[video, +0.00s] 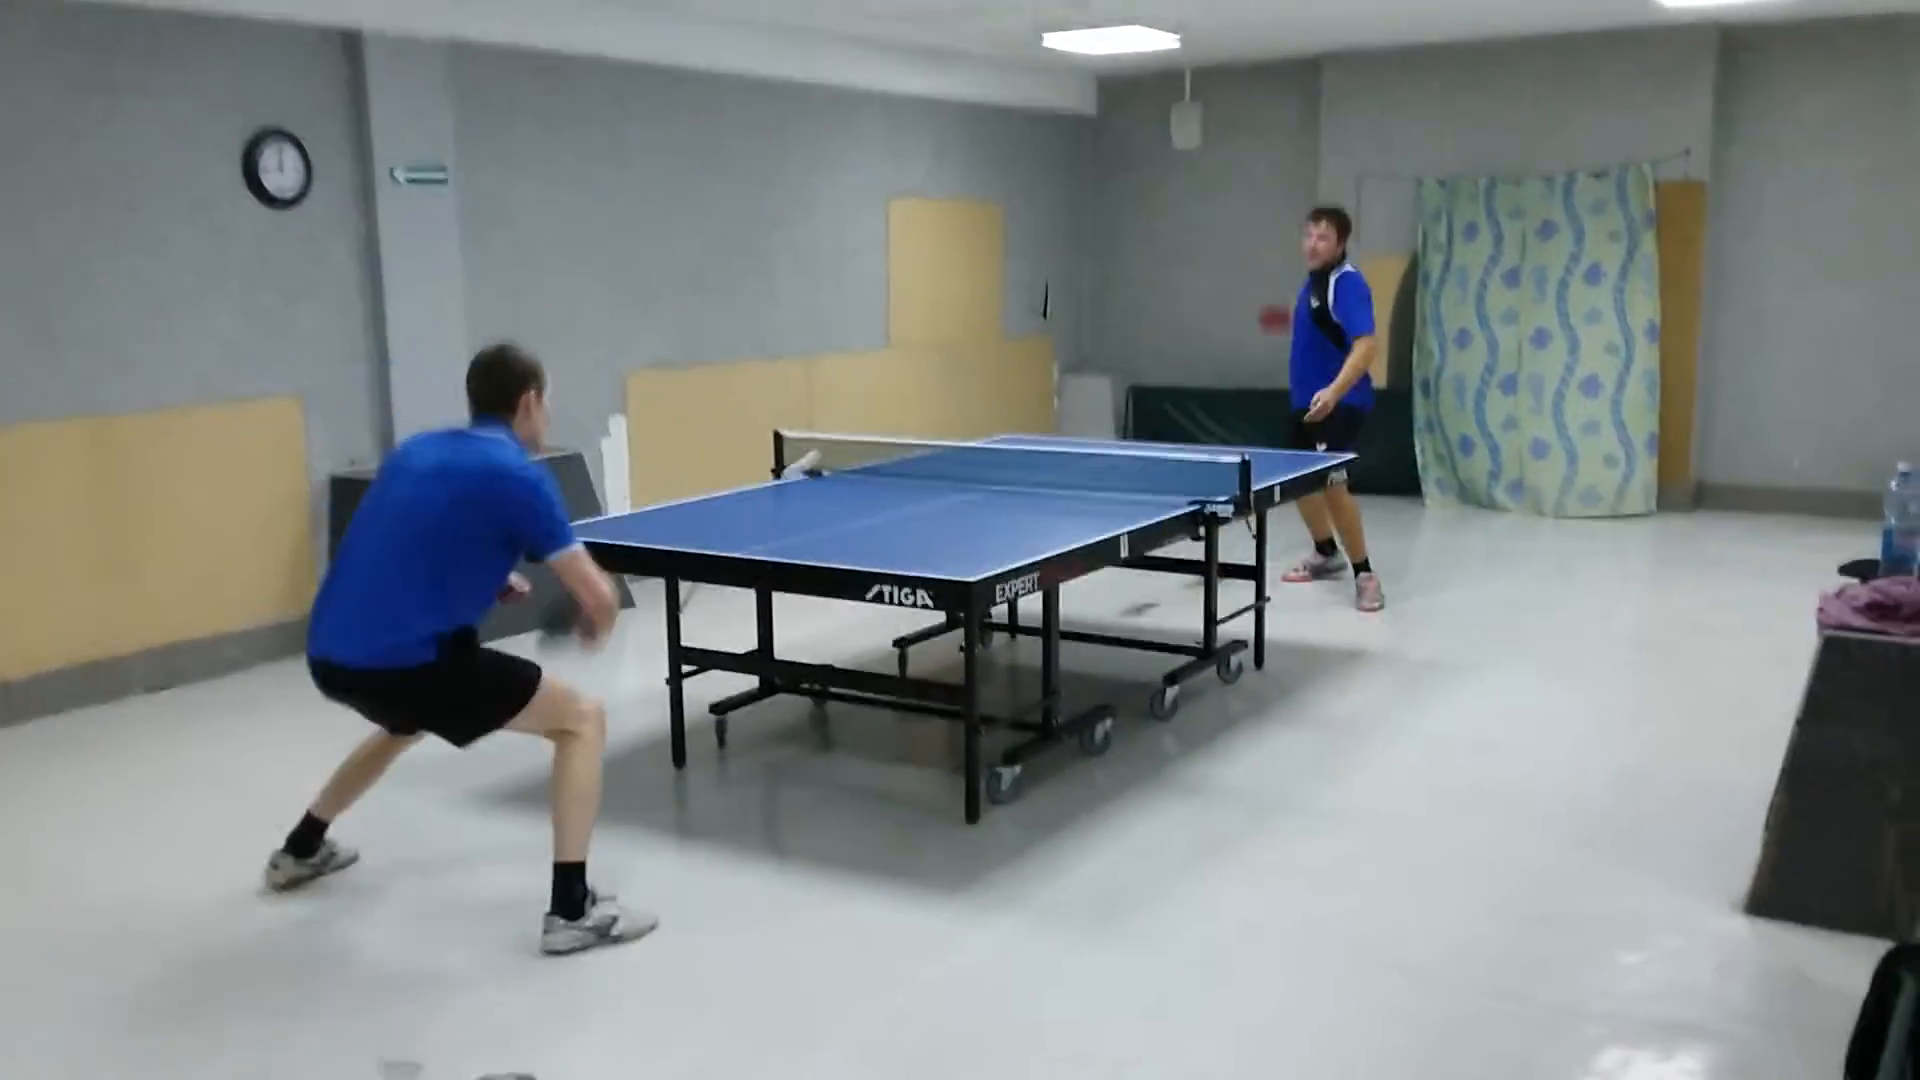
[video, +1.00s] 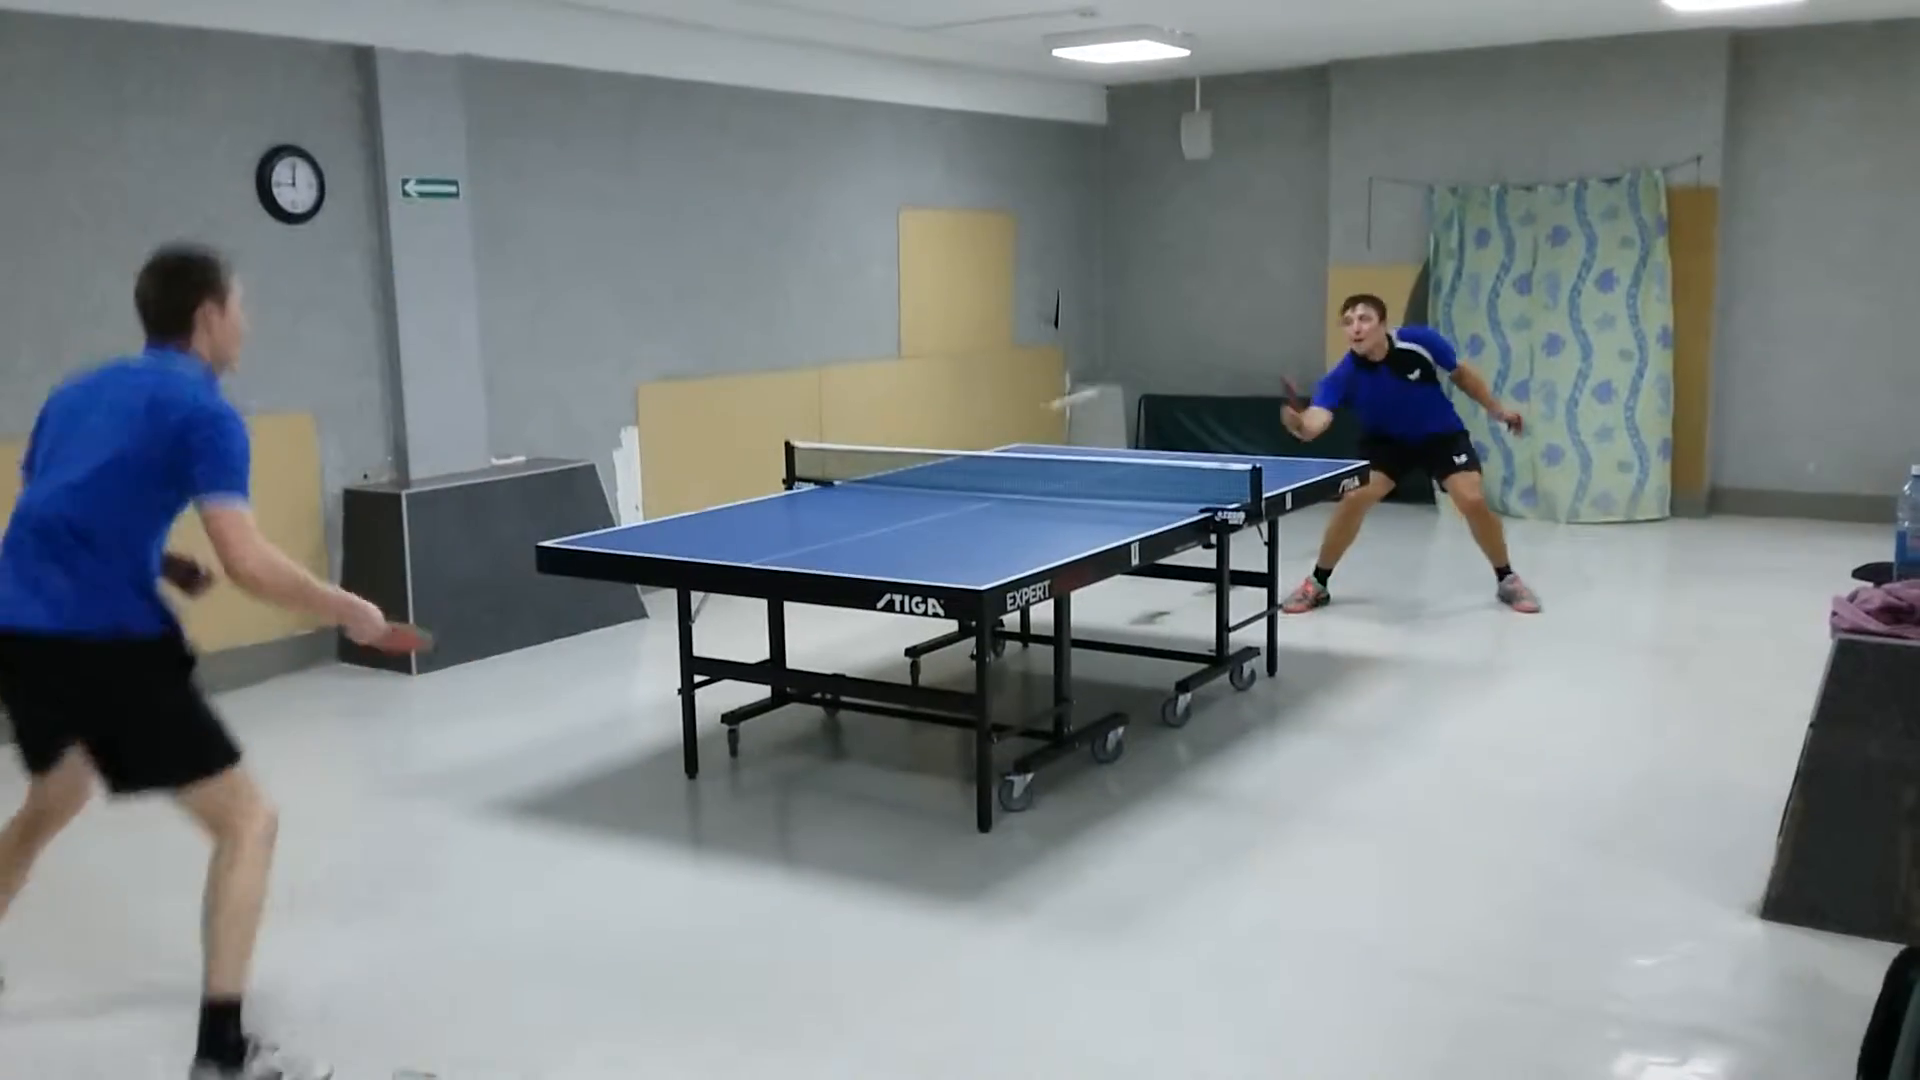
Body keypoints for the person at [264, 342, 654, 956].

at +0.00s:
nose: (546, 417)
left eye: (545, 405)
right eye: (544, 405)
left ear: (476, 402)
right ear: (528, 405)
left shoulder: (417, 449)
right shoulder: (519, 475)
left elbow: (405, 539)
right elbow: (596, 595)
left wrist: (489, 577)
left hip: (334, 657)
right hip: (412, 666)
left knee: (407, 721)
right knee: (581, 718)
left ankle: (300, 849)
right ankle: (571, 909)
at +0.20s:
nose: (511, 393)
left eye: (510, 381)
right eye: (509, 381)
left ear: (438, 386)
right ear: (493, 382)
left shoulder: (381, 437)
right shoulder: (485, 473)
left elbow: (326, 509)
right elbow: (600, 566)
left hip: (338, 658)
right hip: (409, 666)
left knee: (425, 706)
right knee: (588, 709)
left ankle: (306, 836)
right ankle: (576, 899)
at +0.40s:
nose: (410, 268)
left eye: (402, 254)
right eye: (403, 256)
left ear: (332, 267)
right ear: (388, 263)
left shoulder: (269, 327)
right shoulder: (416, 339)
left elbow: (140, 359)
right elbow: (568, 338)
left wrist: (179, 402)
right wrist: (700, 320)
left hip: (275, 582)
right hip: (367, 584)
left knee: (301, 679)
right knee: (474, 715)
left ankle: (291, 825)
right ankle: (547, 891)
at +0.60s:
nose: (307, 230)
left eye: (301, 214)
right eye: (300, 217)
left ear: (221, 230)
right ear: (277, 227)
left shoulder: (161, 315)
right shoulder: (309, 302)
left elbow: (65, 418)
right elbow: (411, 357)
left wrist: (46, 477)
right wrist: (558, 361)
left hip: (215, 587)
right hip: (318, 578)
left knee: (218, 725)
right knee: (396, 744)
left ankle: (109, 889)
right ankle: (421, 937)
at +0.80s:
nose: (250, 286)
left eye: (245, 269)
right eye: (243, 271)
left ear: (163, 284)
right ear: (213, 279)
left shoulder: (99, 370)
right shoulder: (223, 375)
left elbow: (52, 490)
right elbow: (266, 513)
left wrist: (128, 542)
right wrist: (383, 583)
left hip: (104, 645)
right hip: (204, 635)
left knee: (88, 813)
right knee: (339, 757)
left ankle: (3, 1004)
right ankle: (410, 945)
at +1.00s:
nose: (241, 324)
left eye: (236, 307)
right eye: (234, 308)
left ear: (156, 319)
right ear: (206, 316)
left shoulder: (76, 391)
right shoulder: (203, 408)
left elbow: (50, 509)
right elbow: (244, 560)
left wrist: (158, 559)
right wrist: (349, 609)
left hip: (20, 628)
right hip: (108, 638)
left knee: (60, 791)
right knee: (246, 820)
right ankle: (222, 1044)